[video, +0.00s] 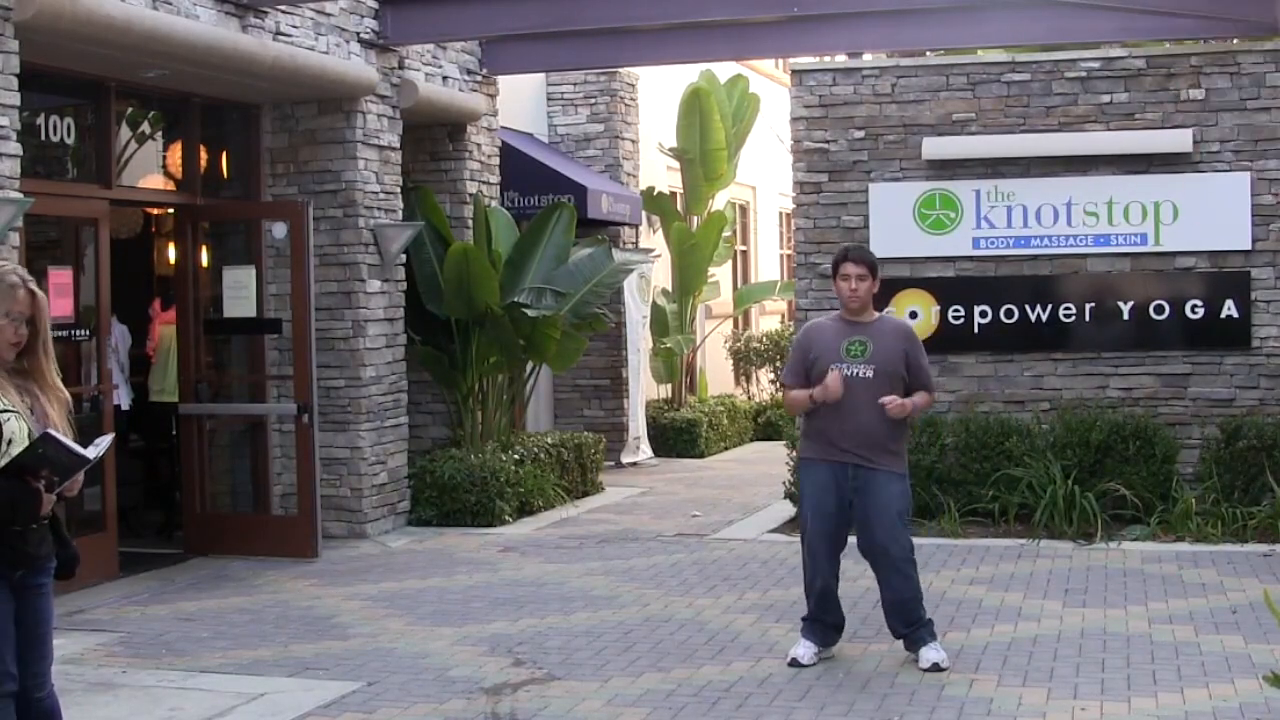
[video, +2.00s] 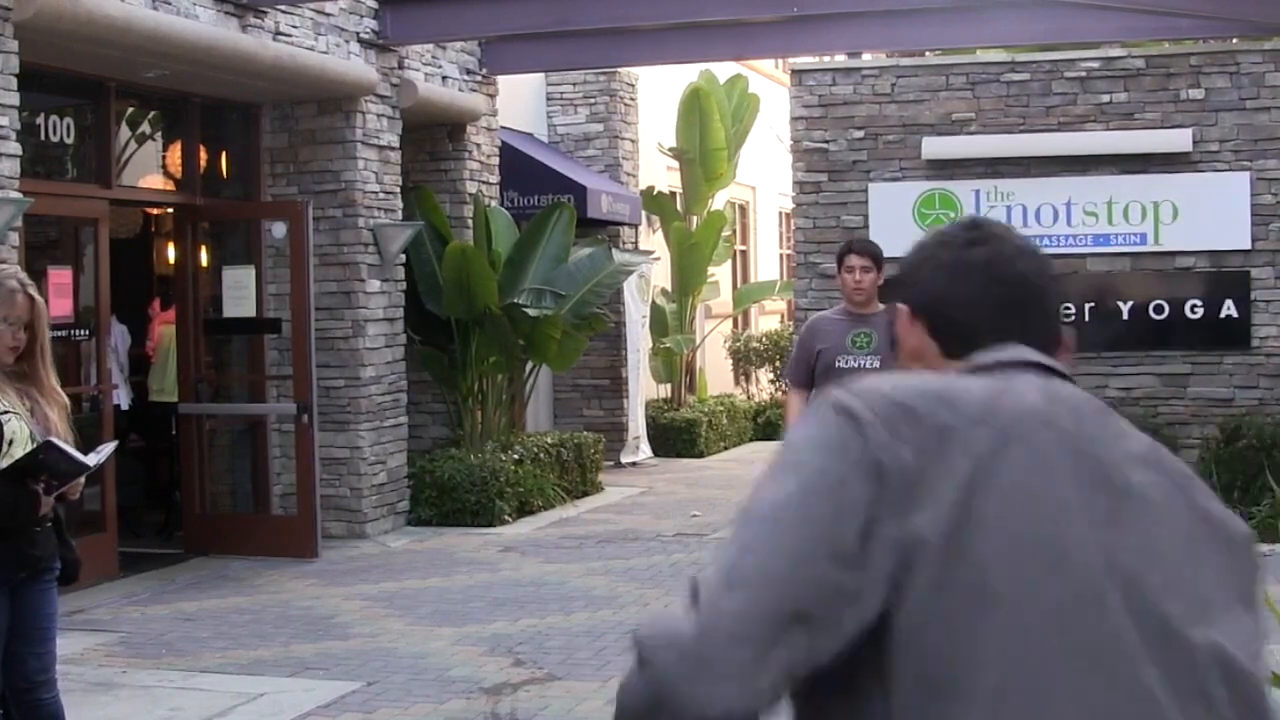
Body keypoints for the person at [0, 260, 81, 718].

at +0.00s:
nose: (18, 331)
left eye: (25, 321)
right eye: (10, 319)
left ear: (33, 327)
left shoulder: (43, 388)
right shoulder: (5, 387)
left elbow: (62, 462)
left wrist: (69, 484)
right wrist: (31, 497)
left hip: (38, 552)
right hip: (3, 551)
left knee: (37, 684)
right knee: (6, 685)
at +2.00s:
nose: (16, 336)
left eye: (23, 326)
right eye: (7, 323)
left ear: (32, 330)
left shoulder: (41, 392)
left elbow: (63, 465)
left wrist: (69, 487)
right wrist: (29, 499)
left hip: (37, 561)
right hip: (3, 560)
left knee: (37, 690)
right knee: (12, 692)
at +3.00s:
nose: (13, 337)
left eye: (22, 326)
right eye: (5, 324)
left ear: (32, 331)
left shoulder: (43, 394)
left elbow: (64, 471)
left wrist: (70, 486)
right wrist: (25, 503)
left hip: (36, 563)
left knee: (37, 692)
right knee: (14, 692)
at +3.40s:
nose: (15, 337)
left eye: (23, 327)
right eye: (7, 325)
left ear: (34, 332)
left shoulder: (44, 395)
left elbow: (63, 473)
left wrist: (69, 487)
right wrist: (25, 501)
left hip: (36, 563)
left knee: (36, 691)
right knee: (13, 692)